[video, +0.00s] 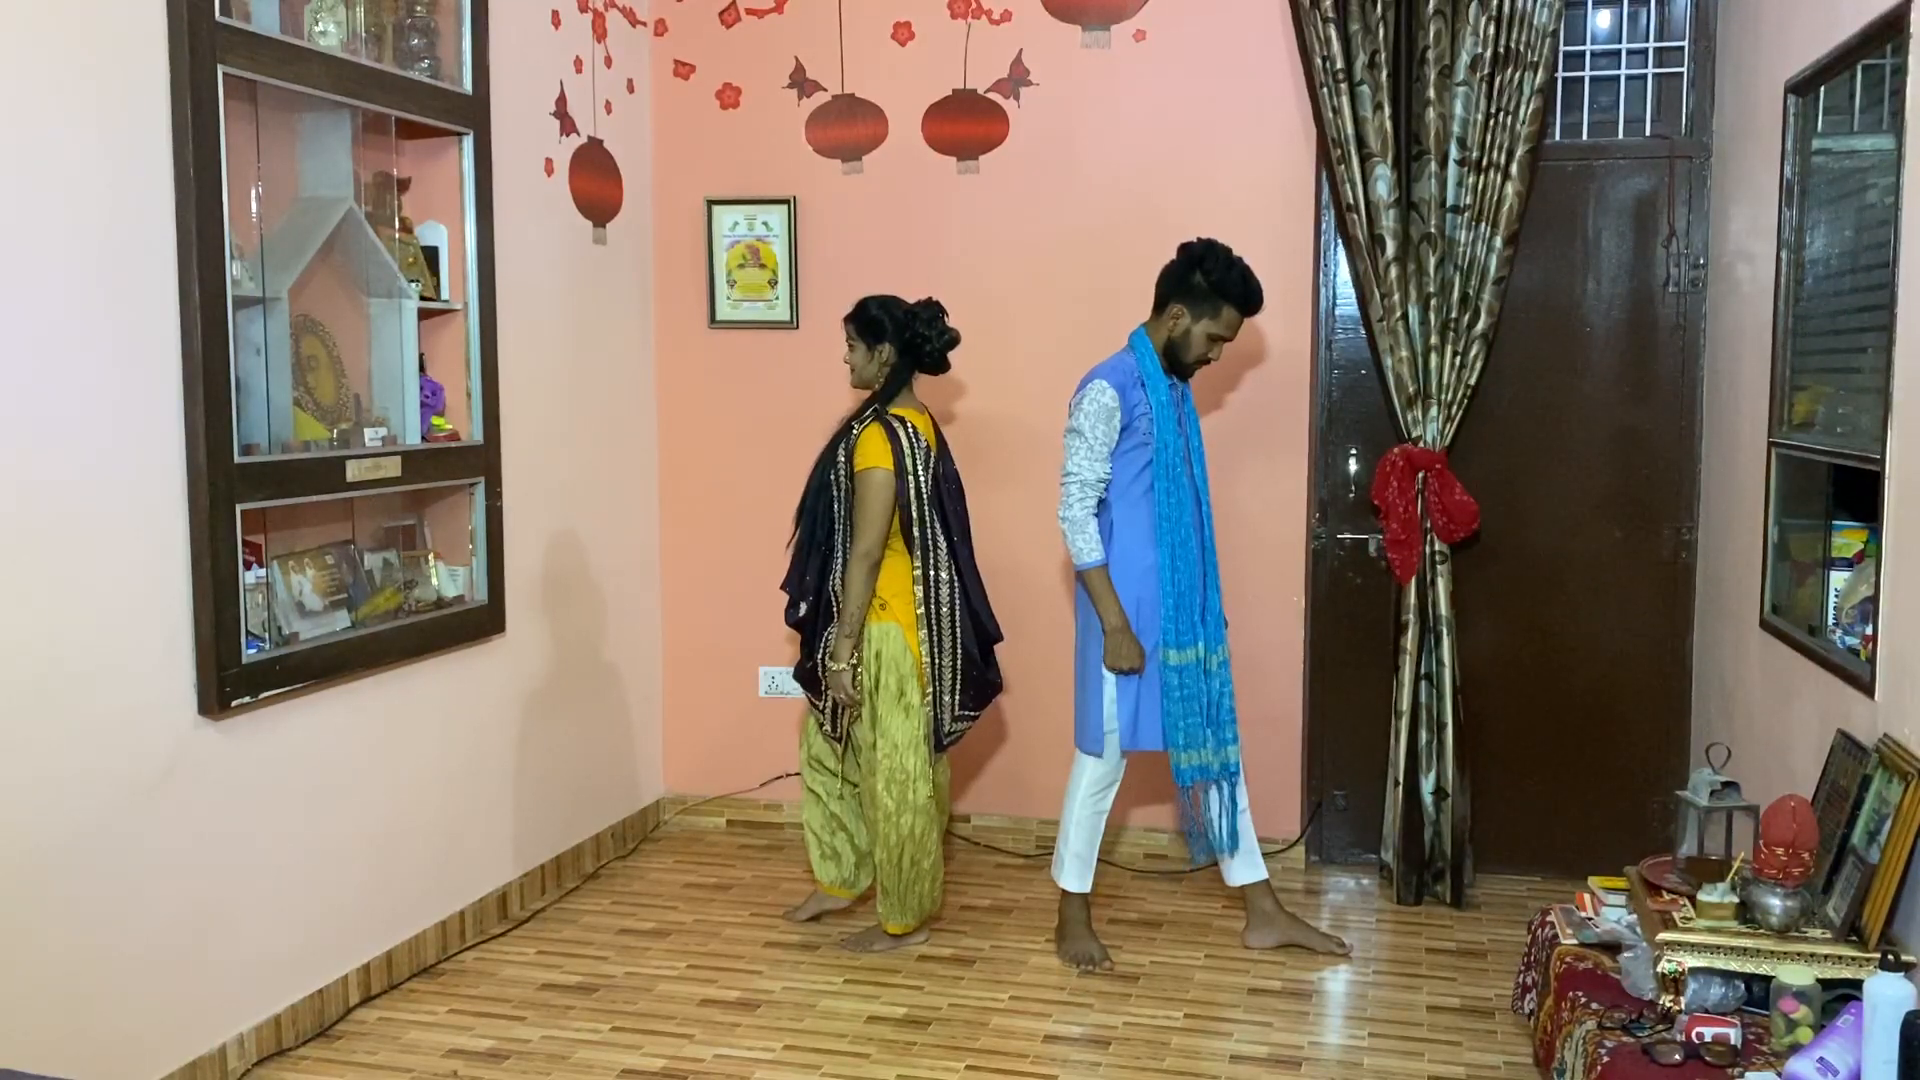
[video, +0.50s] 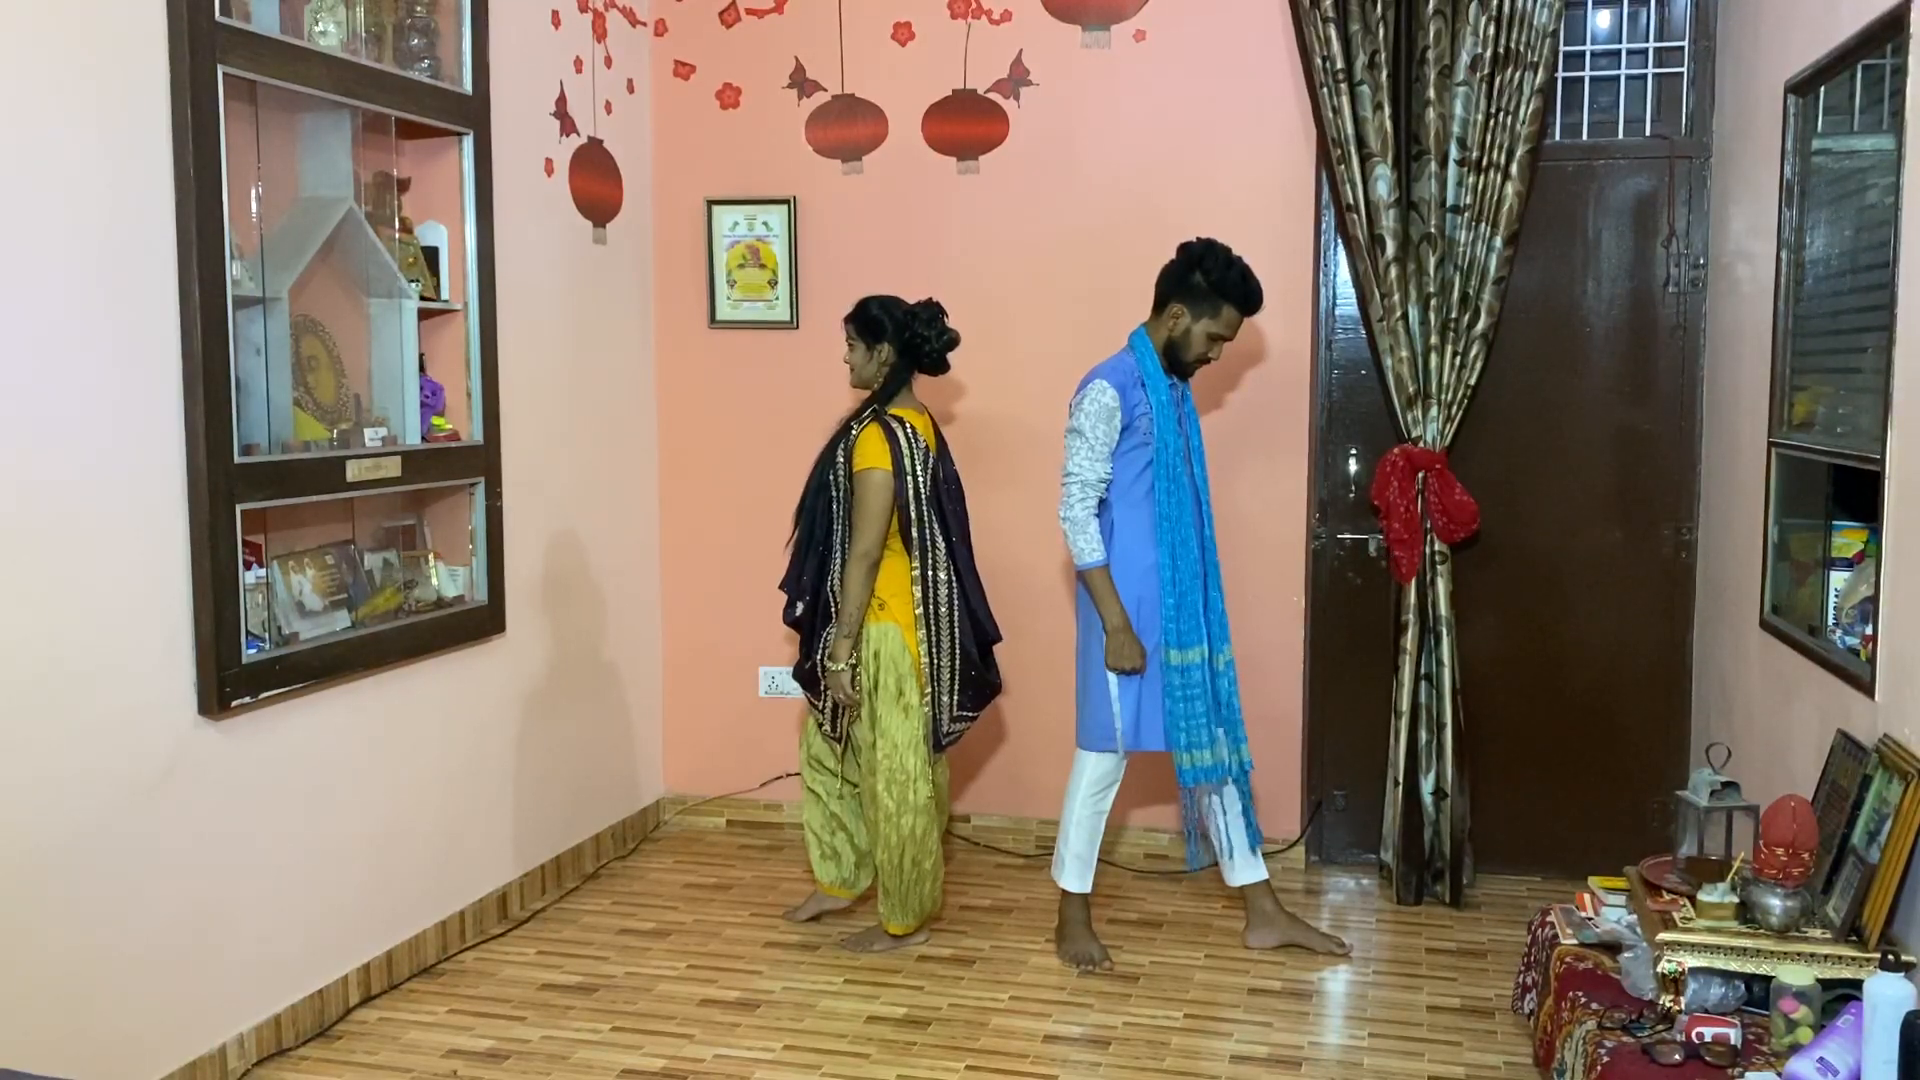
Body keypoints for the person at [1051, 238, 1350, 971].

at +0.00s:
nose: (1219, 353)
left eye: (1227, 340)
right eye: (1215, 336)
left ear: (1194, 320)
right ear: (1173, 312)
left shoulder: (1172, 391)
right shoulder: (1106, 392)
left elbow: (1173, 516)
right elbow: (1076, 515)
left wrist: (1200, 608)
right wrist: (1114, 622)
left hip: (1184, 604)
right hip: (1123, 605)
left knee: (1211, 745)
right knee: (1103, 754)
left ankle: (1263, 908)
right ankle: (1072, 913)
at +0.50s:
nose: (1219, 352)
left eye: (1227, 339)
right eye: (1215, 336)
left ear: (1195, 320)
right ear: (1174, 311)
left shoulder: (1172, 391)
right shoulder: (1106, 392)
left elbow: (1170, 515)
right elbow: (1077, 514)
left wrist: (1195, 606)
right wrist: (1116, 623)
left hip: (1184, 603)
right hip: (1123, 604)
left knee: (1214, 743)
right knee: (1103, 753)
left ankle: (1263, 908)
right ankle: (1072, 914)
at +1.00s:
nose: (1220, 351)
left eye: (1228, 338)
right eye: (1217, 334)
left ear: (1193, 318)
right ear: (1175, 311)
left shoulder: (1171, 391)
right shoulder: (1108, 392)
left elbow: (1170, 516)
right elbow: (1083, 518)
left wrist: (1197, 606)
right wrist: (1124, 621)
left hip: (1185, 601)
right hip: (1123, 603)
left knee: (1218, 741)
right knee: (1106, 754)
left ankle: (1263, 909)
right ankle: (1072, 915)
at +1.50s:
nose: (1205, 255)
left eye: (1198, 246)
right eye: (1190, 248)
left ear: (1175, 270)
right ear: (1155, 269)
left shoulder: (1201, 321)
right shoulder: (1158, 326)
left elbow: (1234, 225)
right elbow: (1177, 230)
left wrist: (1288, 157)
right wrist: (1255, 129)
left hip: (1230, 540)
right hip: (1170, 539)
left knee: (1253, 700)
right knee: (1131, 707)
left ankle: (1278, 880)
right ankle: (1075, 885)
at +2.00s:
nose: (1218, 296)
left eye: (1209, 286)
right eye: (1201, 290)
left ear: (1176, 318)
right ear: (1167, 318)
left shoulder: (1211, 397)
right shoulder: (1172, 406)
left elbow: (1235, 514)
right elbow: (1201, 520)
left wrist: (1310, 492)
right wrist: (1278, 578)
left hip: (1244, 590)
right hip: (1192, 595)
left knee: (1298, 741)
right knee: (1160, 768)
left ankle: (1268, 905)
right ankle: (1064, 905)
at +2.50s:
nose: (1266, 325)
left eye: (1262, 313)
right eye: (1252, 315)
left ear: (1228, 328)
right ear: (1208, 332)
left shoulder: (1260, 414)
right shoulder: (1170, 407)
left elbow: (1295, 491)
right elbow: (1166, 496)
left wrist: (1361, 521)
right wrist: (1170, 572)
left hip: (1259, 619)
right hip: (1186, 615)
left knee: (1313, 757)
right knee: (1158, 787)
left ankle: (1268, 902)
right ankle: (1038, 892)